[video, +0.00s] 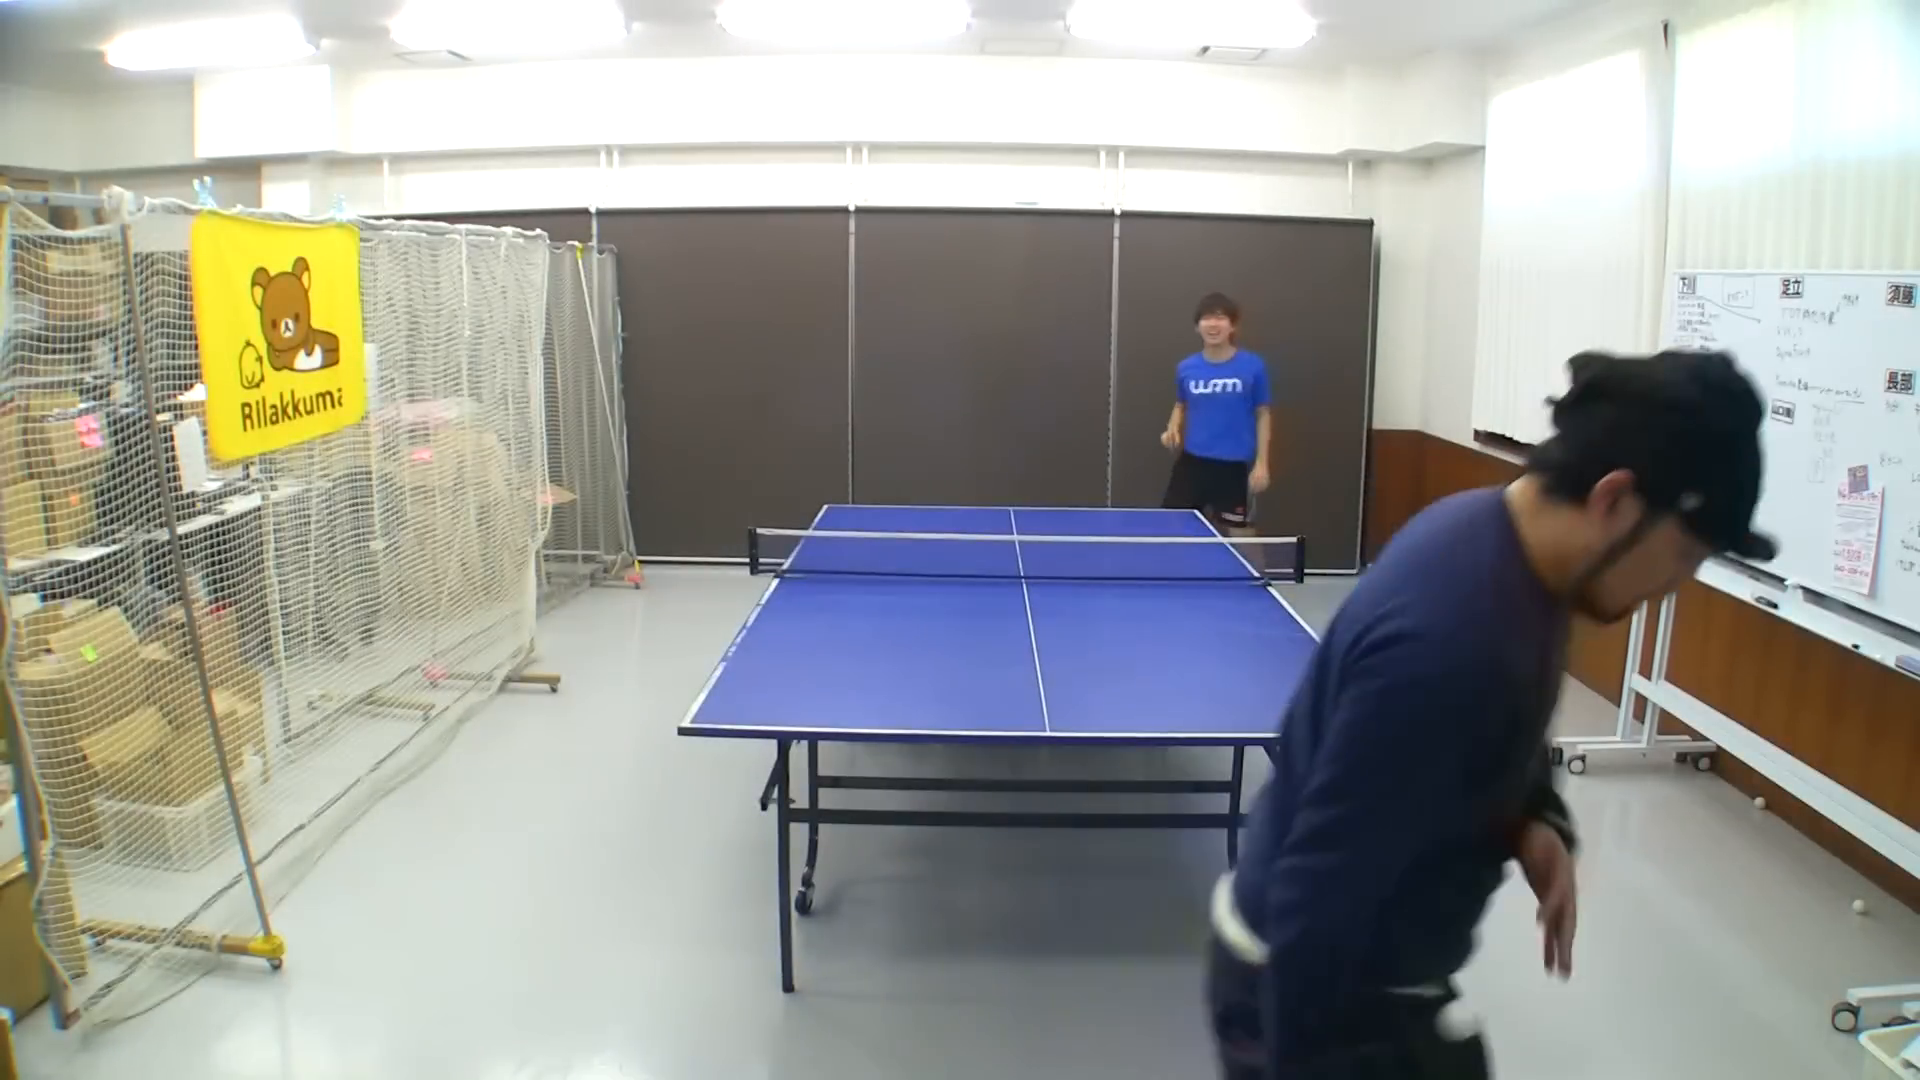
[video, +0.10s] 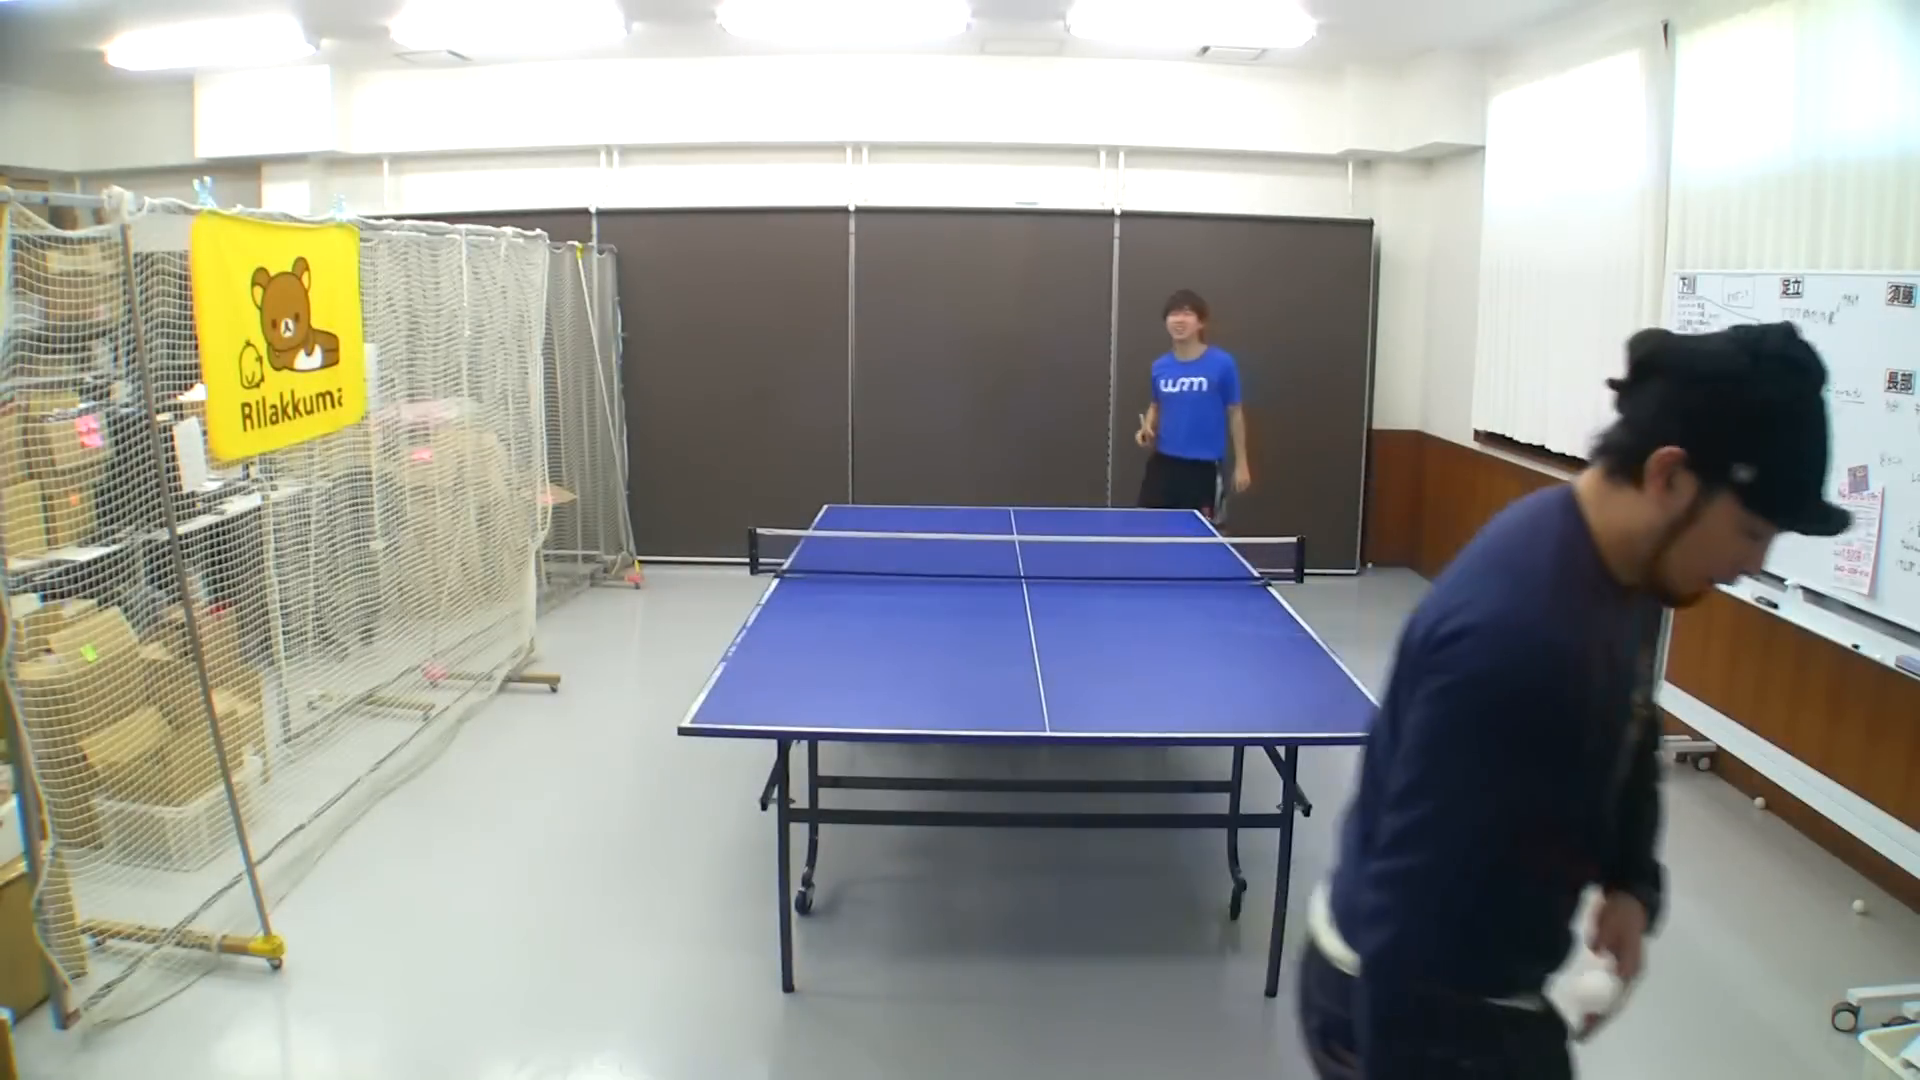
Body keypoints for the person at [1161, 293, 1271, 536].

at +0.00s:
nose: (1212, 324)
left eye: (1220, 317)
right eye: (1206, 318)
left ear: (1233, 325)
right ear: (1197, 325)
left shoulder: (1252, 366)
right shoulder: (1186, 368)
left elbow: (1263, 413)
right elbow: (1180, 403)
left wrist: (1261, 463)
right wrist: (1173, 427)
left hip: (1233, 466)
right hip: (1192, 462)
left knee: (1236, 538)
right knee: (1172, 526)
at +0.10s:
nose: (1179, 320)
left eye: (1187, 313)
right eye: (1173, 313)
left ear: (1200, 322)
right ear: (1165, 321)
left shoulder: (1222, 363)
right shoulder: (1159, 366)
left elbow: (1235, 412)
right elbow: (1155, 404)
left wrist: (1241, 464)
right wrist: (1147, 426)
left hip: (1202, 465)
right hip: (1164, 462)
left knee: (1199, 537)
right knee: (1149, 529)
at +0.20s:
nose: (1148, 312)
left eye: (1156, 305)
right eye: (1144, 306)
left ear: (1174, 314)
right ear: (1137, 315)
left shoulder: (1199, 357)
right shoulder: (1138, 361)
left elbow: (1215, 405)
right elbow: (1130, 397)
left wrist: (1224, 458)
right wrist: (1124, 413)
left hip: (1181, 456)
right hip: (1145, 454)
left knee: (1170, 526)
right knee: (1133, 524)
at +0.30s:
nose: (1125, 309)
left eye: (1133, 302)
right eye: (1123, 303)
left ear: (1153, 311)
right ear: (1119, 310)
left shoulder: (1177, 354)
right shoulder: (1118, 356)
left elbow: (1198, 402)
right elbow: (1107, 391)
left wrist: (1205, 455)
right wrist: (1100, 405)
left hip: (1162, 454)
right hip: (1127, 452)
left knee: (1146, 526)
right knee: (1120, 524)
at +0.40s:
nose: (1105, 310)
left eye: (1115, 305)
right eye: (1104, 304)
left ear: (1134, 315)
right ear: (1099, 311)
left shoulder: (1155, 359)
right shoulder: (1099, 360)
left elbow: (1177, 406)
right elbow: (1085, 398)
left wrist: (1180, 461)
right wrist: (1076, 413)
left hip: (1142, 459)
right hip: (1108, 456)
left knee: (1126, 528)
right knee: (1106, 527)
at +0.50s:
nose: (1087, 315)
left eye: (1097, 309)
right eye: (1087, 308)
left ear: (1117, 320)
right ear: (1083, 314)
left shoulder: (1136, 366)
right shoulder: (1083, 363)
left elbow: (1153, 417)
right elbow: (1069, 402)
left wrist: (1150, 473)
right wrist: (1053, 429)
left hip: (1119, 463)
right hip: (1086, 460)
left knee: (1102, 531)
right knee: (1085, 529)